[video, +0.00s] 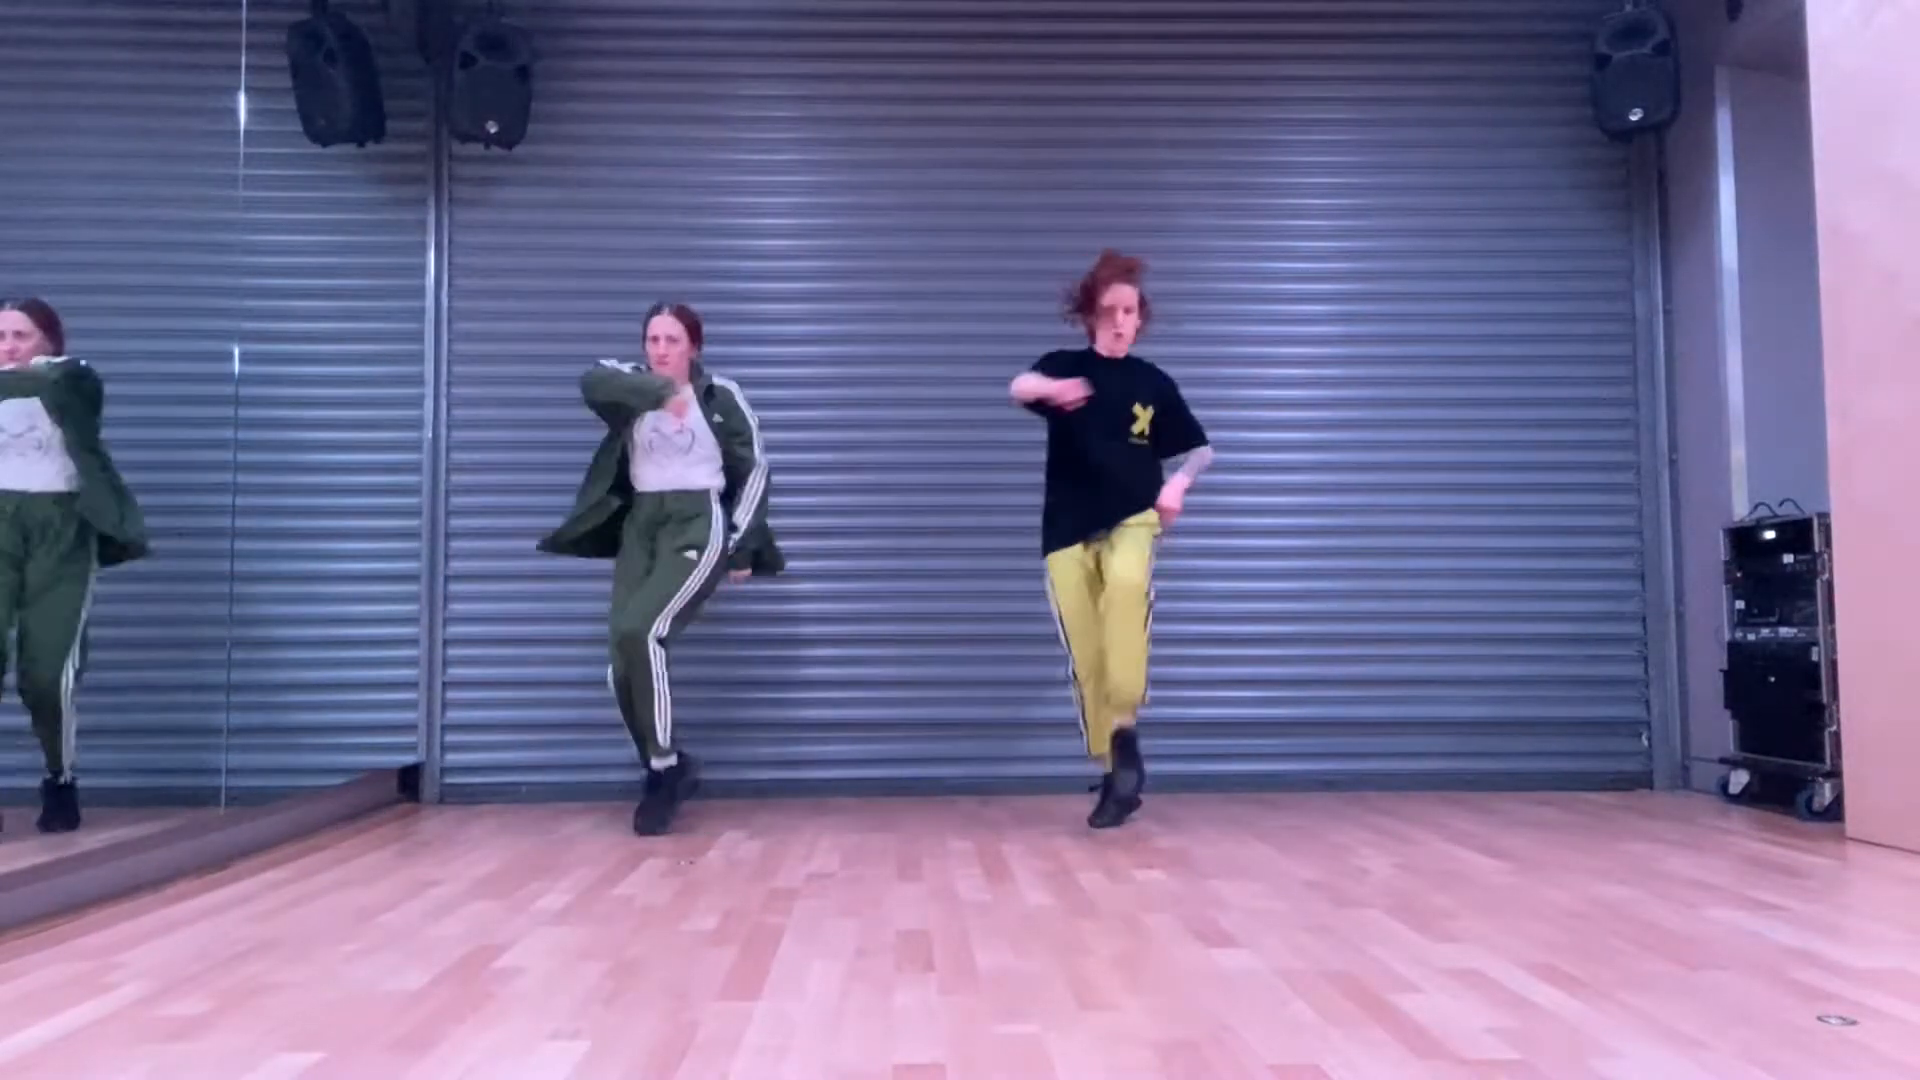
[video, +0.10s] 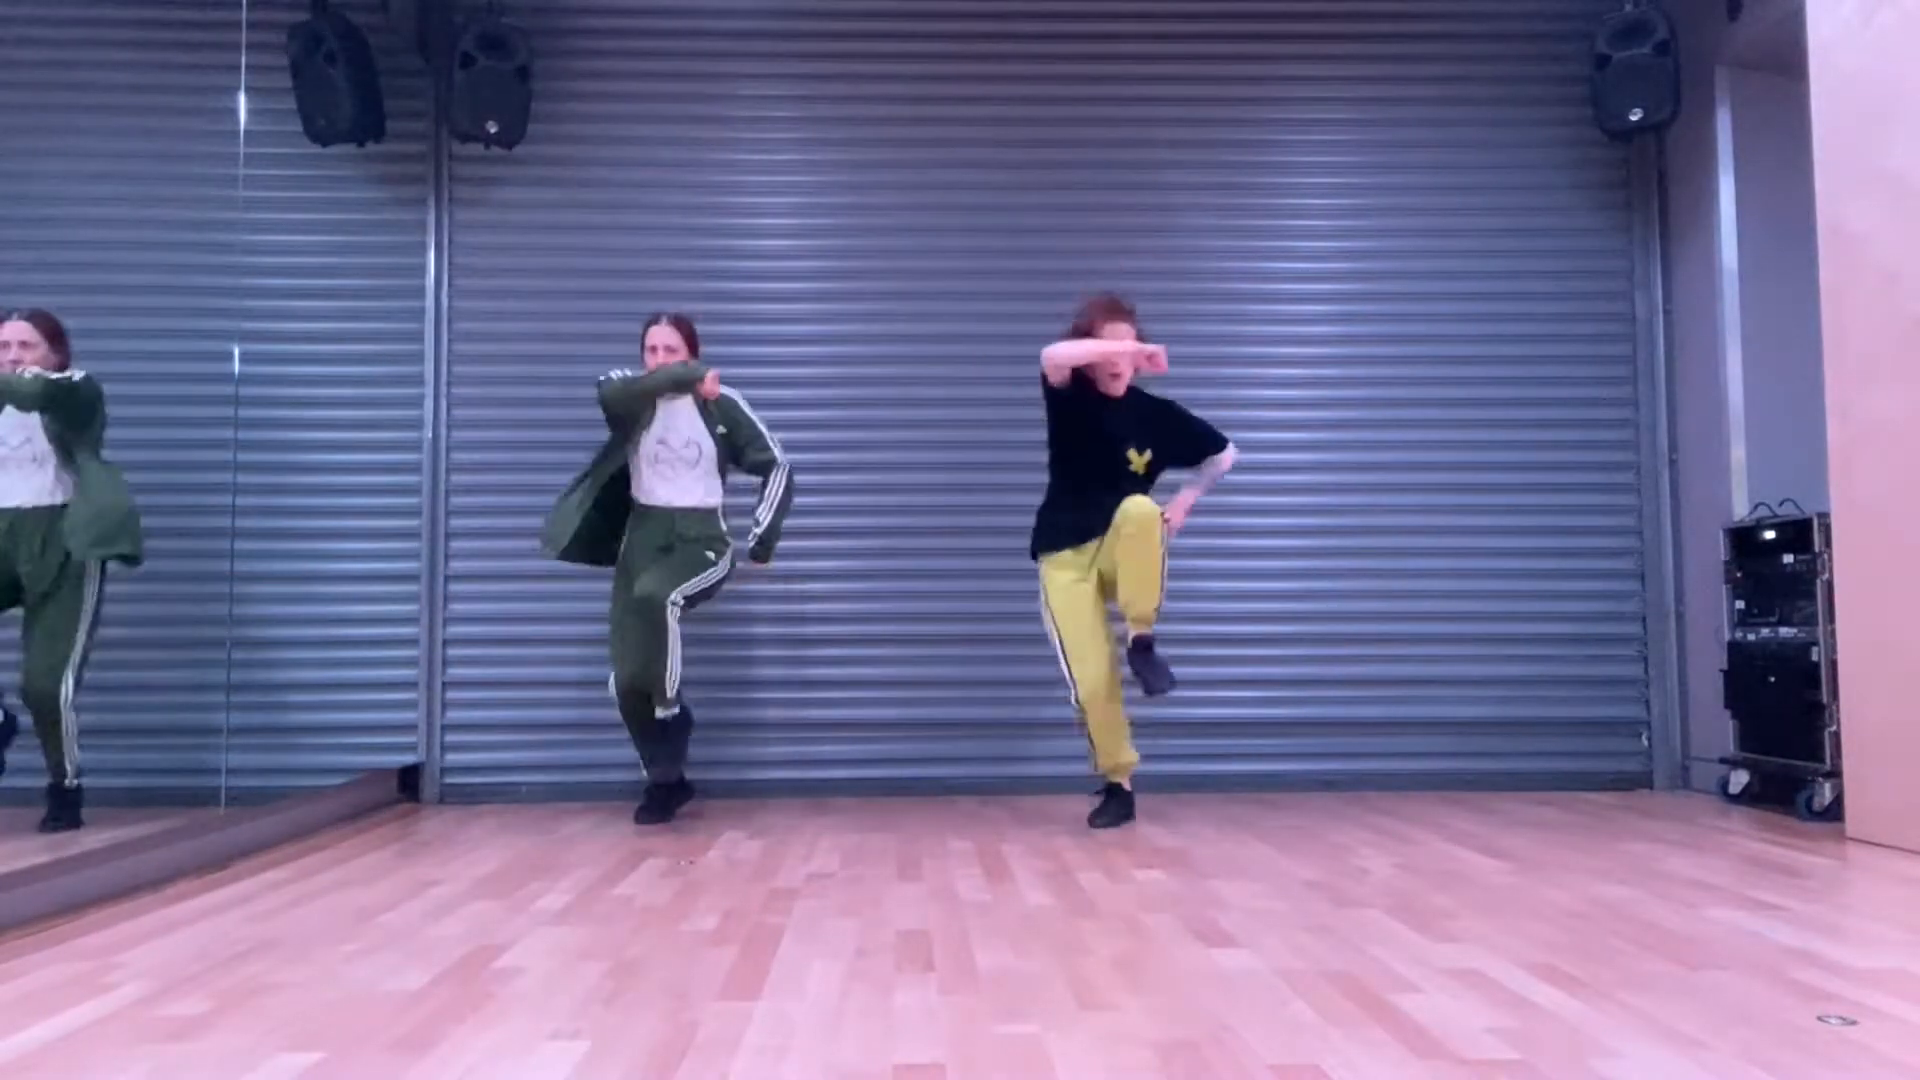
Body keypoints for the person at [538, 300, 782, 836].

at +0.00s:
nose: (660, 348)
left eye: (671, 341)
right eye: (653, 340)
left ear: (693, 348)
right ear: (644, 347)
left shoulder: (719, 397)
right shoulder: (629, 389)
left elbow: (754, 468)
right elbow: (592, 383)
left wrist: (741, 544)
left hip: (698, 522)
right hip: (640, 522)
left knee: (640, 631)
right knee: (623, 654)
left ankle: (663, 770)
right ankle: (665, 770)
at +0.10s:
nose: (659, 359)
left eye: (671, 350)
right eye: (652, 350)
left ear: (692, 357)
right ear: (642, 355)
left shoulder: (719, 407)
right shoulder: (627, 400)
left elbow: (778, 469)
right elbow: (610, 392)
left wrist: (760, 538)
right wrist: (690, 378)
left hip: (702, 539)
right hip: (643, 536)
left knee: (652, 593)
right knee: (629, 678)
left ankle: (669, 716)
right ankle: (664, 781)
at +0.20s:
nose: (665, 360)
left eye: (675, 351)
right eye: (657, 351)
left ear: (695, 357)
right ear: (647, 357)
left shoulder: (723, 400)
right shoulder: (628, 396)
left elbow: (768, 465)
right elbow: (608, 445)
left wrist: (766, 540)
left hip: (705, 534)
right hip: (644, 534)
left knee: (682, 624)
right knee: (628, 674)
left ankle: (703, 708)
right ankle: (664, 777)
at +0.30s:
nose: (673, 359)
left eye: (683, 349)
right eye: (664, 350)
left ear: (701, 354)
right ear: (653, 356)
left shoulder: (729, 401)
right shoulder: (631, 407)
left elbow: (749, 474)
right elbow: (609, 482)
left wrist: (749, 543)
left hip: (719, 532)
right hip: (651, 530)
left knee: (716, 668)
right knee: (645, 668)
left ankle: (726, 734)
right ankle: (669, 780)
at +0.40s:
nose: (685, 366)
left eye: (694, 357)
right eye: (675, 356)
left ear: (710, 361)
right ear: (661, 361)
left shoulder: (732, 399)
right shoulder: (636, 409)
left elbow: (748, 461)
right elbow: (609, 477)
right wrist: (618, 539)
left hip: (730, 536)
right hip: (669, 539)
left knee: (740, 666)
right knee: (668, 664)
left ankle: (719, 761)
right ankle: (672, 771)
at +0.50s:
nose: (693, 385)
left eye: (701, 376)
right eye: (682, 377)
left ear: (716, 375)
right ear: (668, 379)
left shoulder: (734, 403)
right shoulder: (643, 418)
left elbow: (744, 456)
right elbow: (621, 471)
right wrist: (635, 511)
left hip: (739, 544)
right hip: (680, 549)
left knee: (748, 670)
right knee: (693, 654)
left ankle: (719, 760)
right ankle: (689, 761)